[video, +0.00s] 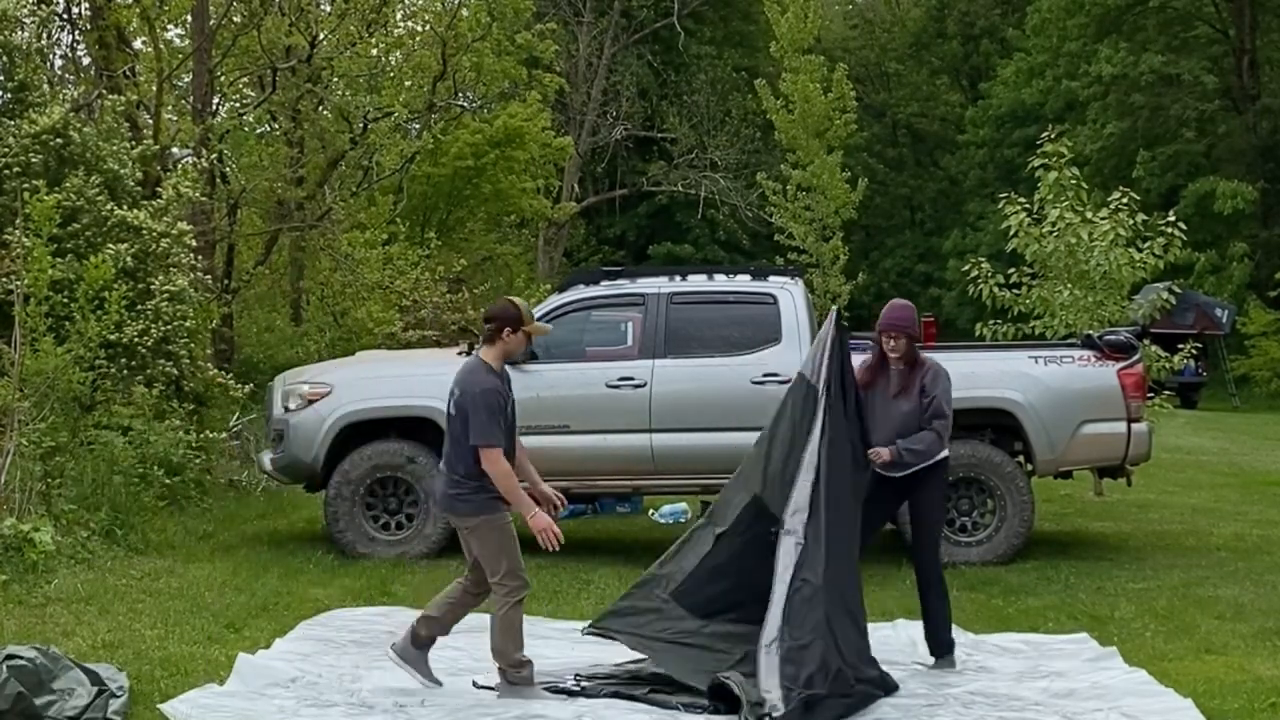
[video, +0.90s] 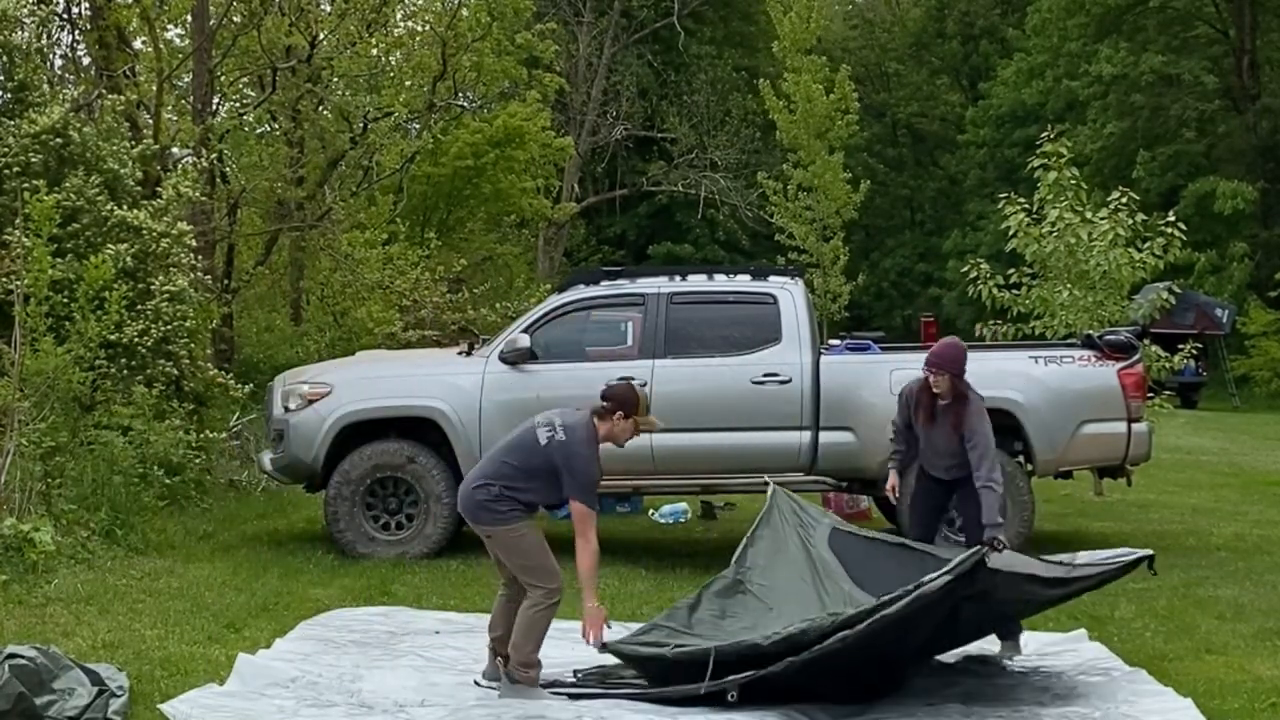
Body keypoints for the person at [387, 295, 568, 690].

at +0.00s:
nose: (529, 342)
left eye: (529, 335)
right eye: (525, 334)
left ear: (498, 334)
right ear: (507, 335)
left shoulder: (493, 374)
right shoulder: (483, 385)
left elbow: (510, 442)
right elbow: (492, 460)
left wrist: (537, 484)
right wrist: (532, 512)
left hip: (471, 497)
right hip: (476, 501)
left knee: (481, 580)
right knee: (511, 585)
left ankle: (414, 643)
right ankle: (515, 678)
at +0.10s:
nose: (574, 357)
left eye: (575, 350)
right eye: (573, 349)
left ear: (547, 345)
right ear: (554, 346)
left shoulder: (540, 387)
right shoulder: (519, 388)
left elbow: (550, 452)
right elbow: (510, 463)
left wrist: (577, 503)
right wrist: (551, 512)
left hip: (490, 492)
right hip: (480, 495)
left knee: (499, 576)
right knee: (510, 583)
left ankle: (486, 659)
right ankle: (515, 677)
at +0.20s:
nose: (591, 359)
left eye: (592, 352)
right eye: (588, 351)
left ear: (567, 348)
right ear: (566, 347)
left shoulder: (562, 390)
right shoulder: (524, 387)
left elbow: (579, 449)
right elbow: (497, 452)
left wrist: (613, 495)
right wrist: (514, 513)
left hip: (505, 494)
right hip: (485, 495)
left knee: (503, 583)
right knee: (508, 585)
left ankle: (495, 668)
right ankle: (513, 677)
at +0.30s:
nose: (594, 354)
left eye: (595, 348)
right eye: (591, 347)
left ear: (570, 344)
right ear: (571, 343)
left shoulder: (572, 383)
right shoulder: (528, 383)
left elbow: (608, 422)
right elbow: (495, 441)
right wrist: (498, 505)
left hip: (519, 496)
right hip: (498, 496)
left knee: (511, 585)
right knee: (510, 586)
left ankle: (495, 668)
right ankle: (514, 676)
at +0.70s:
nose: (612, 377)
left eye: (615, 370)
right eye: (612, 368)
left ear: (589, 360)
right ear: (594, 360)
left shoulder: (575, 399)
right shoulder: (557, 394)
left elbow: (604, 451)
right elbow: (530, 453)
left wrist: (643, 491)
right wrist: (540, 516)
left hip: (503, 493)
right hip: (498, 494)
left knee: (505, 582)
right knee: (517, 583)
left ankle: (496, 666)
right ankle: (514, 676)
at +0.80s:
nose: (628, 421)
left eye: (631, 415)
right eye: (628, 413)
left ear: (607, 403)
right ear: (612, 405)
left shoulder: (571, 425)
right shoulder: (573, 435)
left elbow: (562, 506)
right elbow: (558, 510)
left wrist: (578, 556)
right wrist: (571, 577)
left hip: (477, 492)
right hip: (490, 497)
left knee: (508, 583)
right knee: (531, 584)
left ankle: (496, 666)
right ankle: (517, 678)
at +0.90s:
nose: (635, 431)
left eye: (637, 424)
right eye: (634, 423)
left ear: (611, 412)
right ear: (618, 417)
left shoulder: (572, 421)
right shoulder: (581, 453)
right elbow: (585, 538)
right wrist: (591, 604)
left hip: (478, 496)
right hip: (496, 504)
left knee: (517, 584)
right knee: (547, 585)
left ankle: (498, 664)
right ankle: (520, 678)